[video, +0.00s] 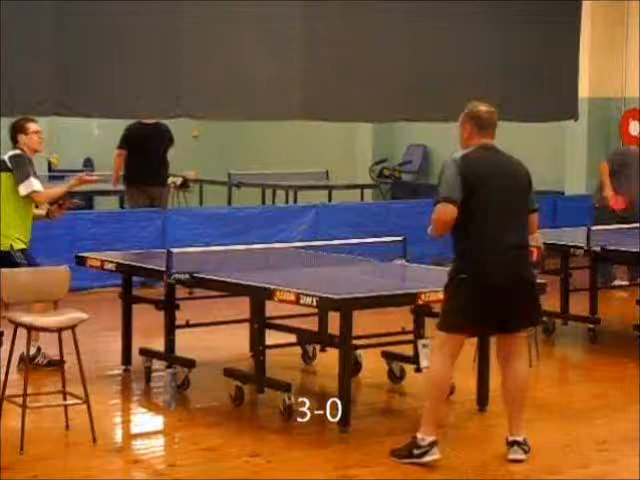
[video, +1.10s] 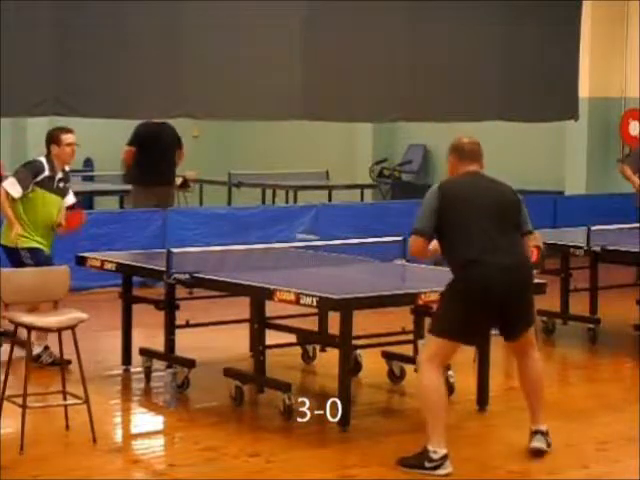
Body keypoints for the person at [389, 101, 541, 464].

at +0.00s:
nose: (458, 135)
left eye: (459, 128)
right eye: (460, 128)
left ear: (466, 128)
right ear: (494, 131)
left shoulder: (459, 165)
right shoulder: (518, 168)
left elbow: (447, 214)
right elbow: (532, 223)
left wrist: (436, 229)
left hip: (472, 277)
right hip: (515, 277)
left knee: (444, 354)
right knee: (513, 355)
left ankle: (426, 438)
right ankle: (517, 438)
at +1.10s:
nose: (449, 170)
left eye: (448, 165)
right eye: (451, 166)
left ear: (451, 163)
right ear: (482, 163)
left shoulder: (442, 191)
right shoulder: (507, 191)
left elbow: (417, 249)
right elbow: (532, 246)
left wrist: (436, 248)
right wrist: (503, 246)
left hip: (472, 282)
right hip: (516, 280)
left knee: (431, 362)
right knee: (527, 350)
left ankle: (435, 451)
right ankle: (539, 430)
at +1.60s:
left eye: (514, 169)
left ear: (515, 169)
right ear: (545, 168)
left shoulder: (509, 190)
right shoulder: (558, 197)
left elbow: (481, 223)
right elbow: (557, 239)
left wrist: (469, 261)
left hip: (521, 279)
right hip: (563, 279)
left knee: (487, 356)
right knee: (563, 345)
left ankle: (458, 439)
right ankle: (561, 420)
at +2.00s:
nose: (503, 161)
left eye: (503, 156)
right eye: (504, 155)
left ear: (509, 157)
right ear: (536, 155)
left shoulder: (512, 190)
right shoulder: (554, 189)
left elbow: (486, 238)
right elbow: (554, 237)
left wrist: (469, 265)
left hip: (537, 285)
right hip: (570, 281)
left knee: (489, 356)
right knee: (556, 346)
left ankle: (511, 446)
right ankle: (567, 420)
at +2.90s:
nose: (450, 151)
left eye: (447, 146)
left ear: (448, 147)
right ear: (481, 140)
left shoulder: (448, 187)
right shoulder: (510, 171)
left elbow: (436, 245)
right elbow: (532, 221)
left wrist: (432, 268)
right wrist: (507, 239)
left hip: (481, 294)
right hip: (529, 287)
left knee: (452, 375)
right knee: (549, 365)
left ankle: (460, 460)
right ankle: (575, 447)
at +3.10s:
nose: (449, 146)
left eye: (448, 141)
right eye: (450, 141)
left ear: (452, 140)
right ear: (485, 137)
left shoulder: (455, 181)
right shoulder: (515, 168)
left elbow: (456, 237)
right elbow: (533, 221)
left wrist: (433, 261)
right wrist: (503, 240)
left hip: (485, 288)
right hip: (531, 283)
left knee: (454, 370)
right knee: (547, 364)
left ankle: (460, 460)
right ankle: (571, 448)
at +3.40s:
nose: (497, 144)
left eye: (497, 138)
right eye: (500, 137)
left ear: (503, 138)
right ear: (533, 138)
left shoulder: (498, 179)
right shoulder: (561, 176)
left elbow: (471, 233)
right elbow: (584, 234)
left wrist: (458, 275)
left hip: (522, 289)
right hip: (569, 287)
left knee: (490, 369)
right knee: (566, 368)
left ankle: (464, 457)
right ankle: (577, 451)